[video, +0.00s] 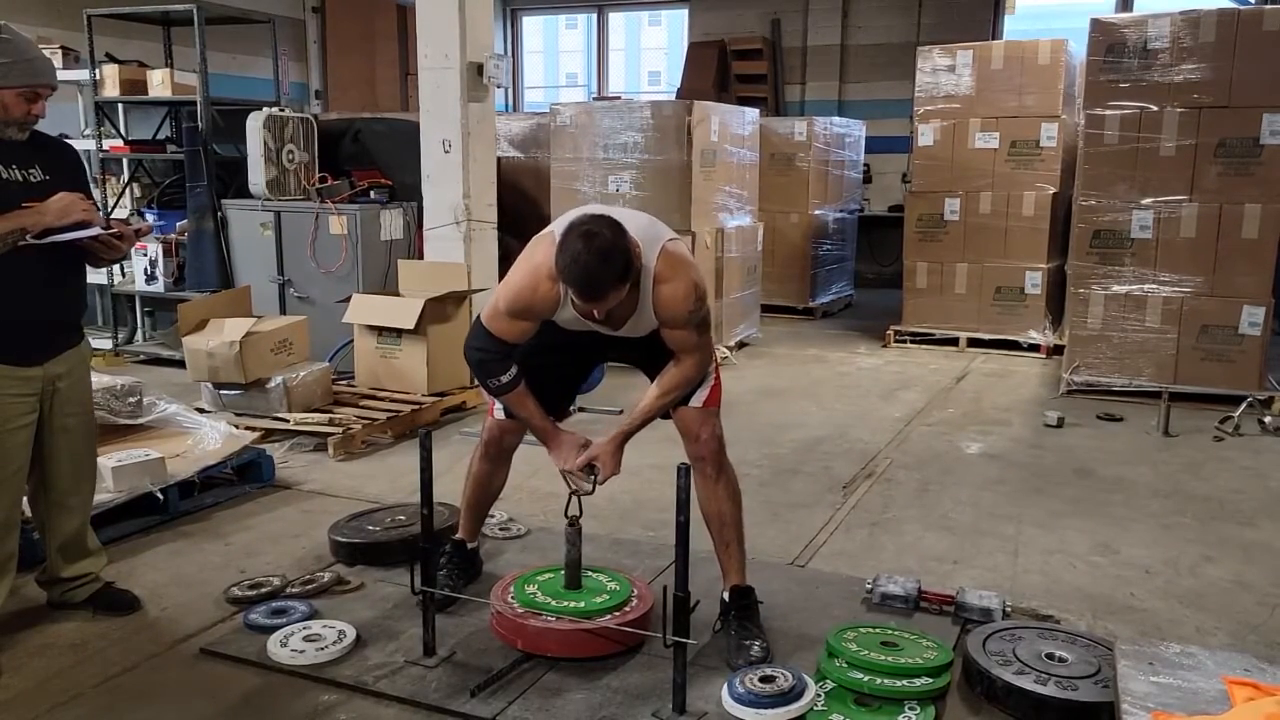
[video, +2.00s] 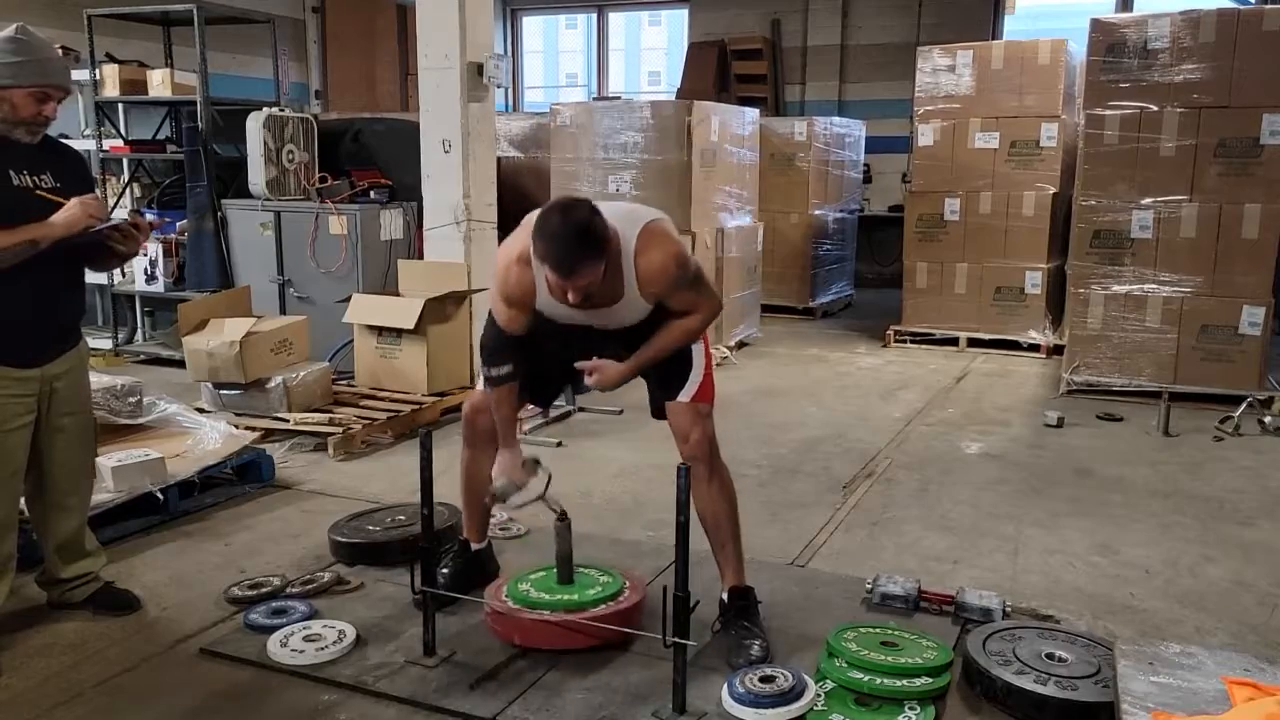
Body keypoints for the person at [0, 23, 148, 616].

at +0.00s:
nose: (39, 107)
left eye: (45, 96)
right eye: (28, 96)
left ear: (48, 92)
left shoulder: (60, 156)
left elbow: (84, 246)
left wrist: (110, 249)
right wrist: (38, 216)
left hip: (65, 346)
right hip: (7, 355)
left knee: (70, 474)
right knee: (7, 489)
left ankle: (74, 581)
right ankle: (0, 597)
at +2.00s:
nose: (52, 110)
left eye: (58, 99)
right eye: (43, 98)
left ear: (58, 96)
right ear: (5, 90)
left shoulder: (67, 161)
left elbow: (78, 253)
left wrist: (117, 249)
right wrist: (49, 228)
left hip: (64, 350)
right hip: (5, 359)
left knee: (68, 475)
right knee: (7, 490)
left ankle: (73, 580)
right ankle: (1, 597)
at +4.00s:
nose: (17, 96)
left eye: (30, 86)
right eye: (6, 82)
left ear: (46, 95)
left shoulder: (73, 160)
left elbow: (102, 245)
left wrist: (123, 247)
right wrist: (24, 211)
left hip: (74, 348)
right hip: (6, 357)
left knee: (81, 474)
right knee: (7, 488)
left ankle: (76, 581)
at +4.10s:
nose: (32, 106)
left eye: (41, 94)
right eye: (19, 93)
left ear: (51, 95)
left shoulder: (76, 159)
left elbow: (107, 241)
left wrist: (121, 248)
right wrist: (22, 210)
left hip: (81, 351)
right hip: (9, 362)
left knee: (86, 474)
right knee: (8, 490)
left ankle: (76, 580)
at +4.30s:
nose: (58, 100)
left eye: (58, 88)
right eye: (51, 90)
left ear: (55, 94)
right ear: (38, 93)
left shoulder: (88, 159)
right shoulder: (74, 162)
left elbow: (108, 248)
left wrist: (120, 246)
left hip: (84, 339)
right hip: (32, 344)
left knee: (86, 468)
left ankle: (76, 582)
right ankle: (62, 581)